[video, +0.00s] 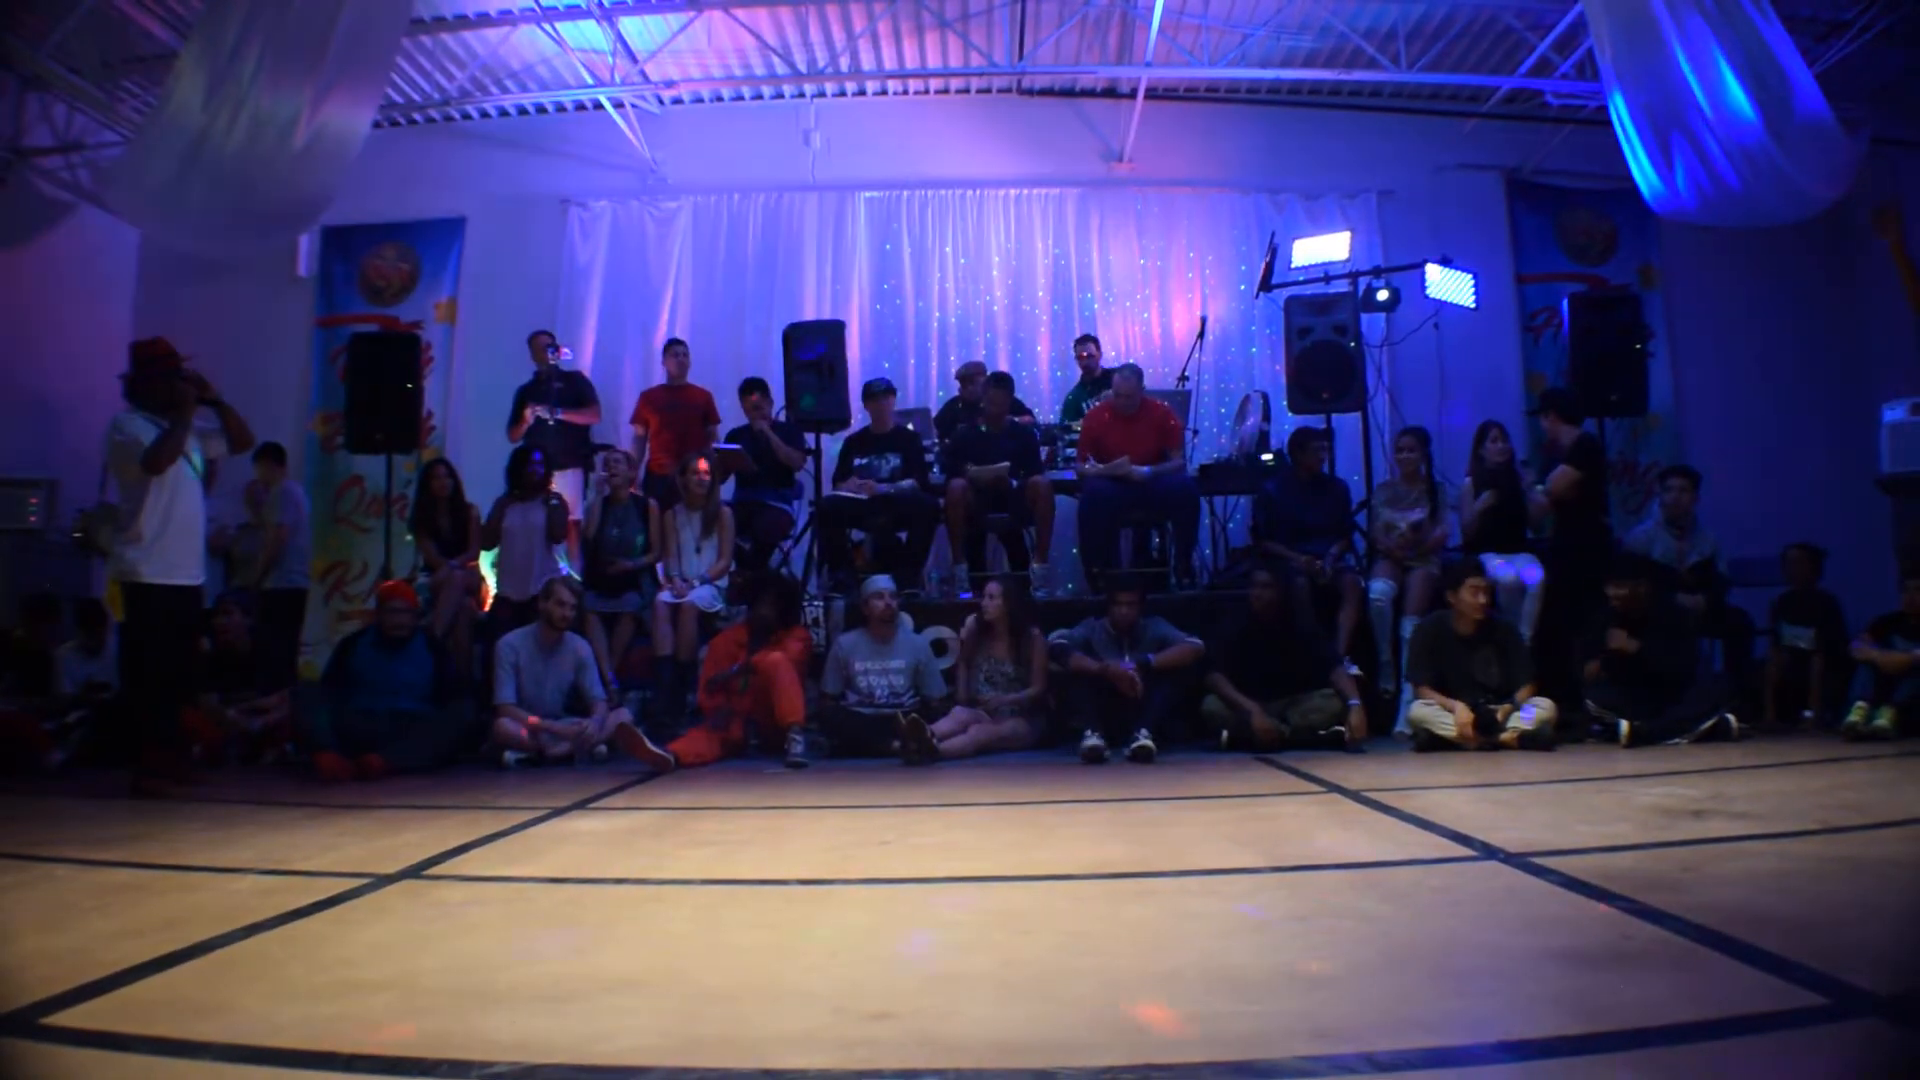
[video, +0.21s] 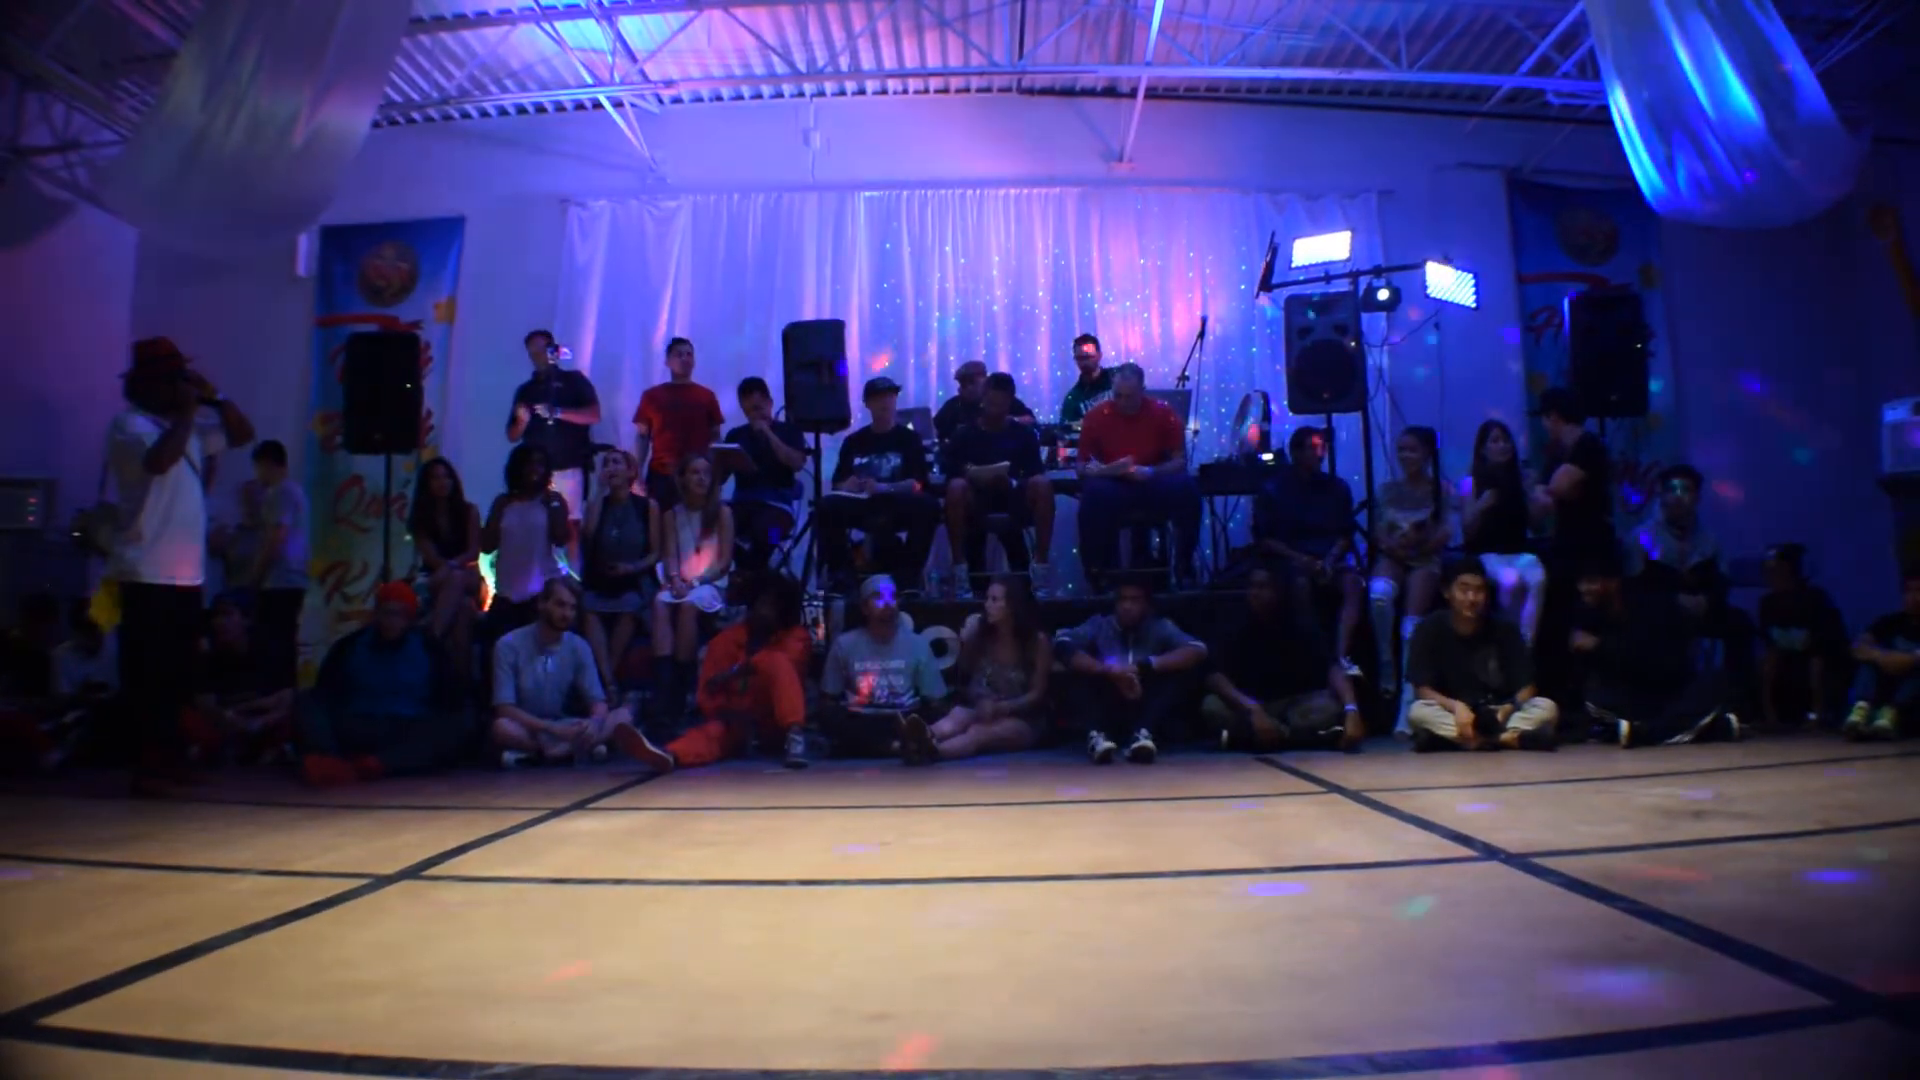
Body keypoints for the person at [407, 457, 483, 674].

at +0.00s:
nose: (443, 483)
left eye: (447, 477)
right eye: (436, 479)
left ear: (454, 481)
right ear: (427, 484)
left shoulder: (469, 511)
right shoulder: (422, 513)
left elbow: (474, 551)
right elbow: (429, 554)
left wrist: (450, 565)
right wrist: (454, 569)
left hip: (468, 572)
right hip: (436, 575)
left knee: (455, 577)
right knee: (465, 605)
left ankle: (434, 636)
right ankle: (462, 672)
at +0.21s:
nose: (442, 483)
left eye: (446, 477)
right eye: (436, 478)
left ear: (453, 481)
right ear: (426, 484)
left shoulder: (468, 511)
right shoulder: (420, 514)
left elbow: (473, 551)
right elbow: (428, 554)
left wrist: (450, 565)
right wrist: (454, 570)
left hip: (468, 572)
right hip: (435, 575)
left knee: (455, 577)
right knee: (465, 605)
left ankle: (434, 634)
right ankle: (460, 674)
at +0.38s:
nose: (441, 483)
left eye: (445, 477)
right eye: (435, 479)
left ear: (452, 481)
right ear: (426, 484)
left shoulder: (468, 511)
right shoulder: (420, 513)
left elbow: (473, 551)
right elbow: (428, 554)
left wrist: (450, 564)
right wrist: (451, 569)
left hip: (467, 573)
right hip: (435, 575)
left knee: (454, 577)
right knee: (464, 604)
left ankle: (434, 634)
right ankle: (459, 672)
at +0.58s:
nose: (440, 482)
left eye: (444, 476)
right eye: (434, 477)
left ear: (451, 480)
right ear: (424, 483)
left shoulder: (466, 510)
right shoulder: (417, 514)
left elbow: (472, 549)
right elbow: (426, 554)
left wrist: (450, 564)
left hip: (466, 572)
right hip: (433, 575)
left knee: (453, 577)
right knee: (464, 604)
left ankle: (432, 635)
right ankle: (456, 663)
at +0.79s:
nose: (440, 483)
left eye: (444, 477)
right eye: (434, 479)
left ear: (452, 481)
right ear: (425, 484)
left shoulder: (468, 512)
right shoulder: (420, 515)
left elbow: (472, 550)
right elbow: (426, 552)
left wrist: (451, 564)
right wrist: (447, 568)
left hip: (468, 573)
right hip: (435, 576)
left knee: (453, 578)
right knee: (464, 603)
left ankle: (434, 636)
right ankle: (458, 668)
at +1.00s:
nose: (440, 483)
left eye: (444, 477)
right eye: (434, 479)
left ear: (452, 481)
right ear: (425, 484)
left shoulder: (468, 512)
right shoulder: (420, 515)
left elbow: (473, 551)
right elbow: (426, 552)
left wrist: (451, 563)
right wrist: (448, 568)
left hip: (467, 571)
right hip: (435, 575)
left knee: (453, 578)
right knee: (464, 603)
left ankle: (434, 636)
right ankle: (458, 664)